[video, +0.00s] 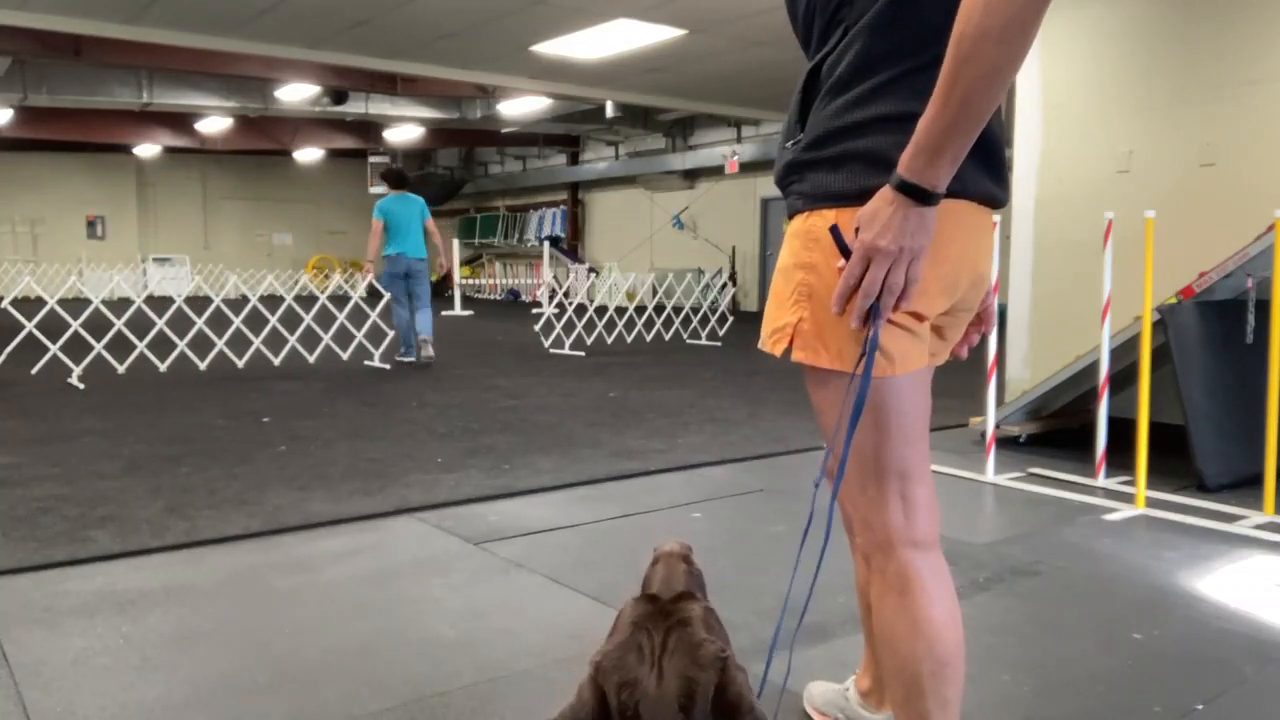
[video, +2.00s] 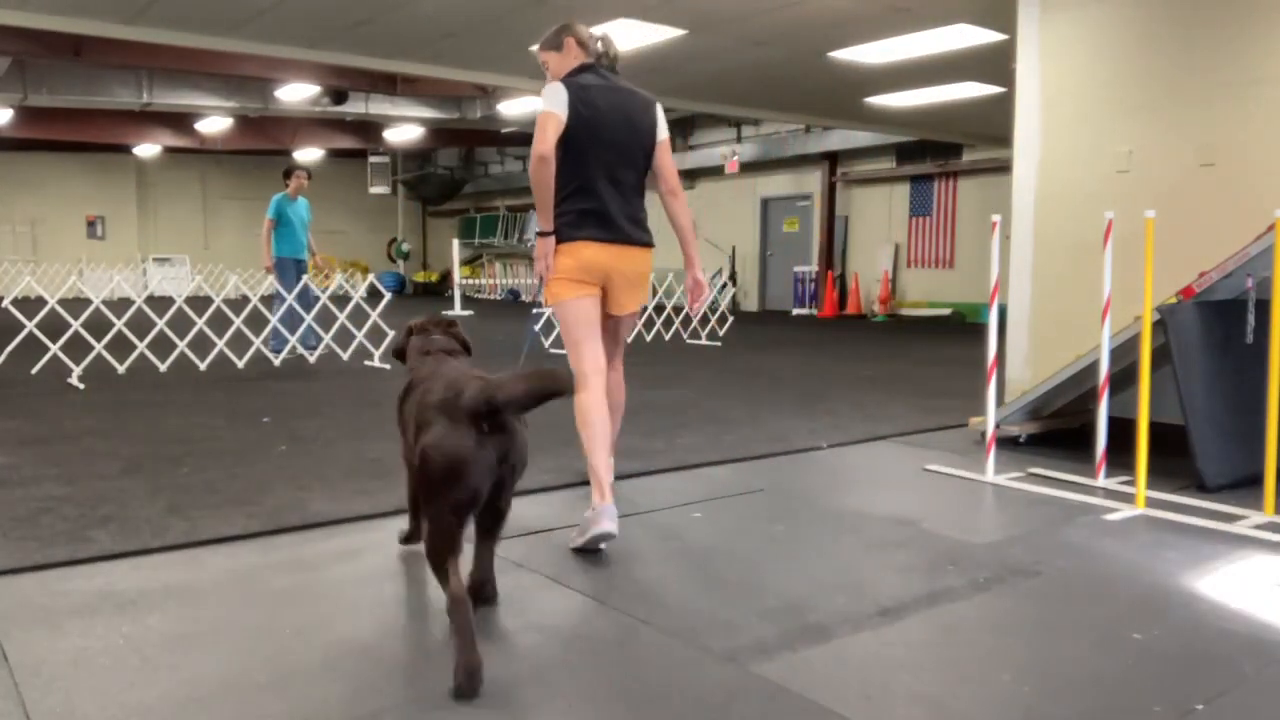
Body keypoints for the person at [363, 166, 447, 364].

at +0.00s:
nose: (385, 186)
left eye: (385, 183)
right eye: (386, 183)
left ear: (388, 184)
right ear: (405, 182)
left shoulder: (382, 204)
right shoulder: (419, 201)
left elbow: (376, 231)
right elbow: (433, 230)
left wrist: (370, 260)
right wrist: (441, 255)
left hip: (394, 258)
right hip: (418, 259)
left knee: (400, 304)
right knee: (423, 302)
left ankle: (408, 350)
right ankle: (425, 337)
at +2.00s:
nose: (303, 182)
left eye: (305, 178)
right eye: (298, 177)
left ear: (308, 182)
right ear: (289, 180)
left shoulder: (305, 203)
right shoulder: (278, 200)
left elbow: (306, 232)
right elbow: (267, 228)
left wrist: (315, 255)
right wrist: (267, 257)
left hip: (301, 257)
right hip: (283, 256)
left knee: (305, 299)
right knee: (285, 300)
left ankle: (308, 341)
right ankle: (277, 343)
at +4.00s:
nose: (278, 185)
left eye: (282, 182)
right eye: (274, 180)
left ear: (284, 187)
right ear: (265, 184)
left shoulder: (278, 206)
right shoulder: (259, 203)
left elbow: (279, 232)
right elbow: (253, 233)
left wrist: (286, 255)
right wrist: (259, 261)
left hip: (284, 256)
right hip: (273, 257)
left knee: (279, 299)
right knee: (284, 297)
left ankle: (274, 340)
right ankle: (277, 342)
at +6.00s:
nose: (284, 186)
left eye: (287, 183)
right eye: (280, 182)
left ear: (288, 187)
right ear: (270, 184)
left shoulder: (277, 206)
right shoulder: (263, 204)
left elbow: (280, 233)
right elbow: (261, 234)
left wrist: (287, 256)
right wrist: (267, 262)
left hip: (285, 257)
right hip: (277, 258)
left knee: (276, 299)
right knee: (286, 299)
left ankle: (272, 340)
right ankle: (277, 342)